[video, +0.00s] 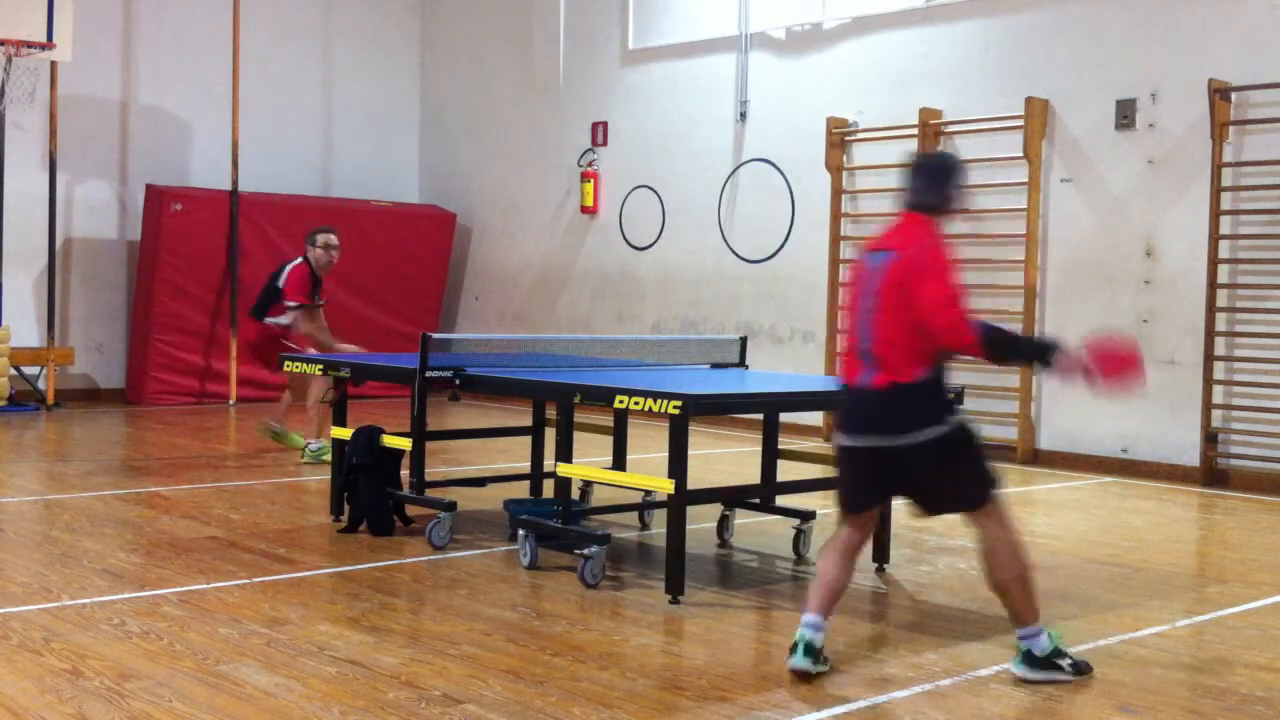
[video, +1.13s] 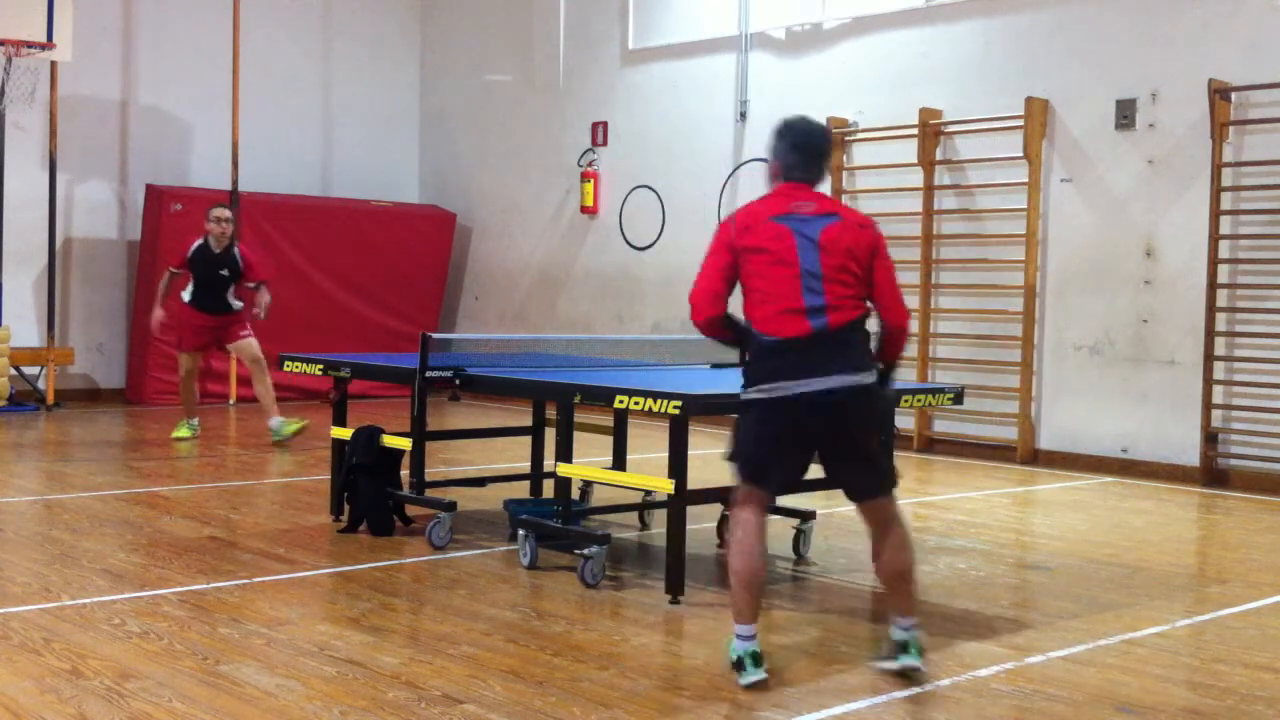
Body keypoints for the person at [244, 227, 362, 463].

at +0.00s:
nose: (334, 255)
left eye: (337, 250)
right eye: (328, 248)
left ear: (338, 253)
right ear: (310, 250)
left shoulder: (315, 275)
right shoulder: (300, 272)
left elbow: (318, 321)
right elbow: (302, 324)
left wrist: (333, 348)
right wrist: (337, 347)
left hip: (279, 336)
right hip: (264, 336)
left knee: (306, 375)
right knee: (323, 372)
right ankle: (315, 444)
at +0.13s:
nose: (317, 251)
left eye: (320, 246)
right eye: (310, 245)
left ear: (324, 250)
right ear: (295, 248)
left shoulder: (316, 276)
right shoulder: (275, 270)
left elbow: (315, 318)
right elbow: (253, 314)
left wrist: (323, 355)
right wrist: (289, 338)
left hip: (286, 332)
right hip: (258, 328)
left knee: (302, 382)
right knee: (282, 369)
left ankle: (282, 430)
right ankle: (298, 434)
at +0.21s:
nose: (304, 247)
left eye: (308, 242)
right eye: (298, 242)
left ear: (311, 246)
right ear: (283, 245)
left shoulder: (306, 274)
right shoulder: (263, 264)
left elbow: (309, 315)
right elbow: (236, 306)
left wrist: (315, 353)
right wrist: (265, 334)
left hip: (279, 327)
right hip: (251, 325)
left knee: (299, 375)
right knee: (262, 361)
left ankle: (283, 430)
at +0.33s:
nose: (284, 244)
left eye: (289, 239)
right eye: (278, 238)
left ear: (293, 243)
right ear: (265, 241)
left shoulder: (291, 269)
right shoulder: (247, 261)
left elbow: (294, 305)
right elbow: (217, 302)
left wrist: (297, 340)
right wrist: (241, 332)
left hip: (265, 325)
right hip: (232, 323)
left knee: (293, 374)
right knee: (220, 372)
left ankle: (284, 431)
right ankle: (175, 426)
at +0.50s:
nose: (259, 247)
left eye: (264, 243)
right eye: (253, 242)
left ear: (269, 246)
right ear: (242, 244)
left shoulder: (271, 273)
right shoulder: (223, 265)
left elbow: (286, 312)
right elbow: (191, 298)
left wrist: (270, 331)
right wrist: (201, 319)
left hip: (248, 330)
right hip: (216, 327)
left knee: (281, 378)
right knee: (192, 377)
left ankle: (286, 432)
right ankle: (154, 432)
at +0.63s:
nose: (253, 241)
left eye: (258, 236)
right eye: (248, 235)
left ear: (266, 239)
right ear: (239, 235)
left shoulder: (270, 266)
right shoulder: (224, 254)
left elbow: (291, 308)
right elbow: (191, 268)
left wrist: (262, 311)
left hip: (252, 329)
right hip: (216, 325)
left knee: (283, 376)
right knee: (190, 373)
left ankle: (286, 431)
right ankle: (155, 430)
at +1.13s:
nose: (223, 227)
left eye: (228, 222)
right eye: (217, 221)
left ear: (233, 227)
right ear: (207, 225)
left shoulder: (239, 255)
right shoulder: (194, 250)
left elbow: (261, 287)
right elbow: (169, 274)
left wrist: (261, 306)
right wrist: (158, 306)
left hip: (231, 318)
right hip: (196, 317)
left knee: (256, 359)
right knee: (187, 371)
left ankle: (275, 422)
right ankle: (190, 422)